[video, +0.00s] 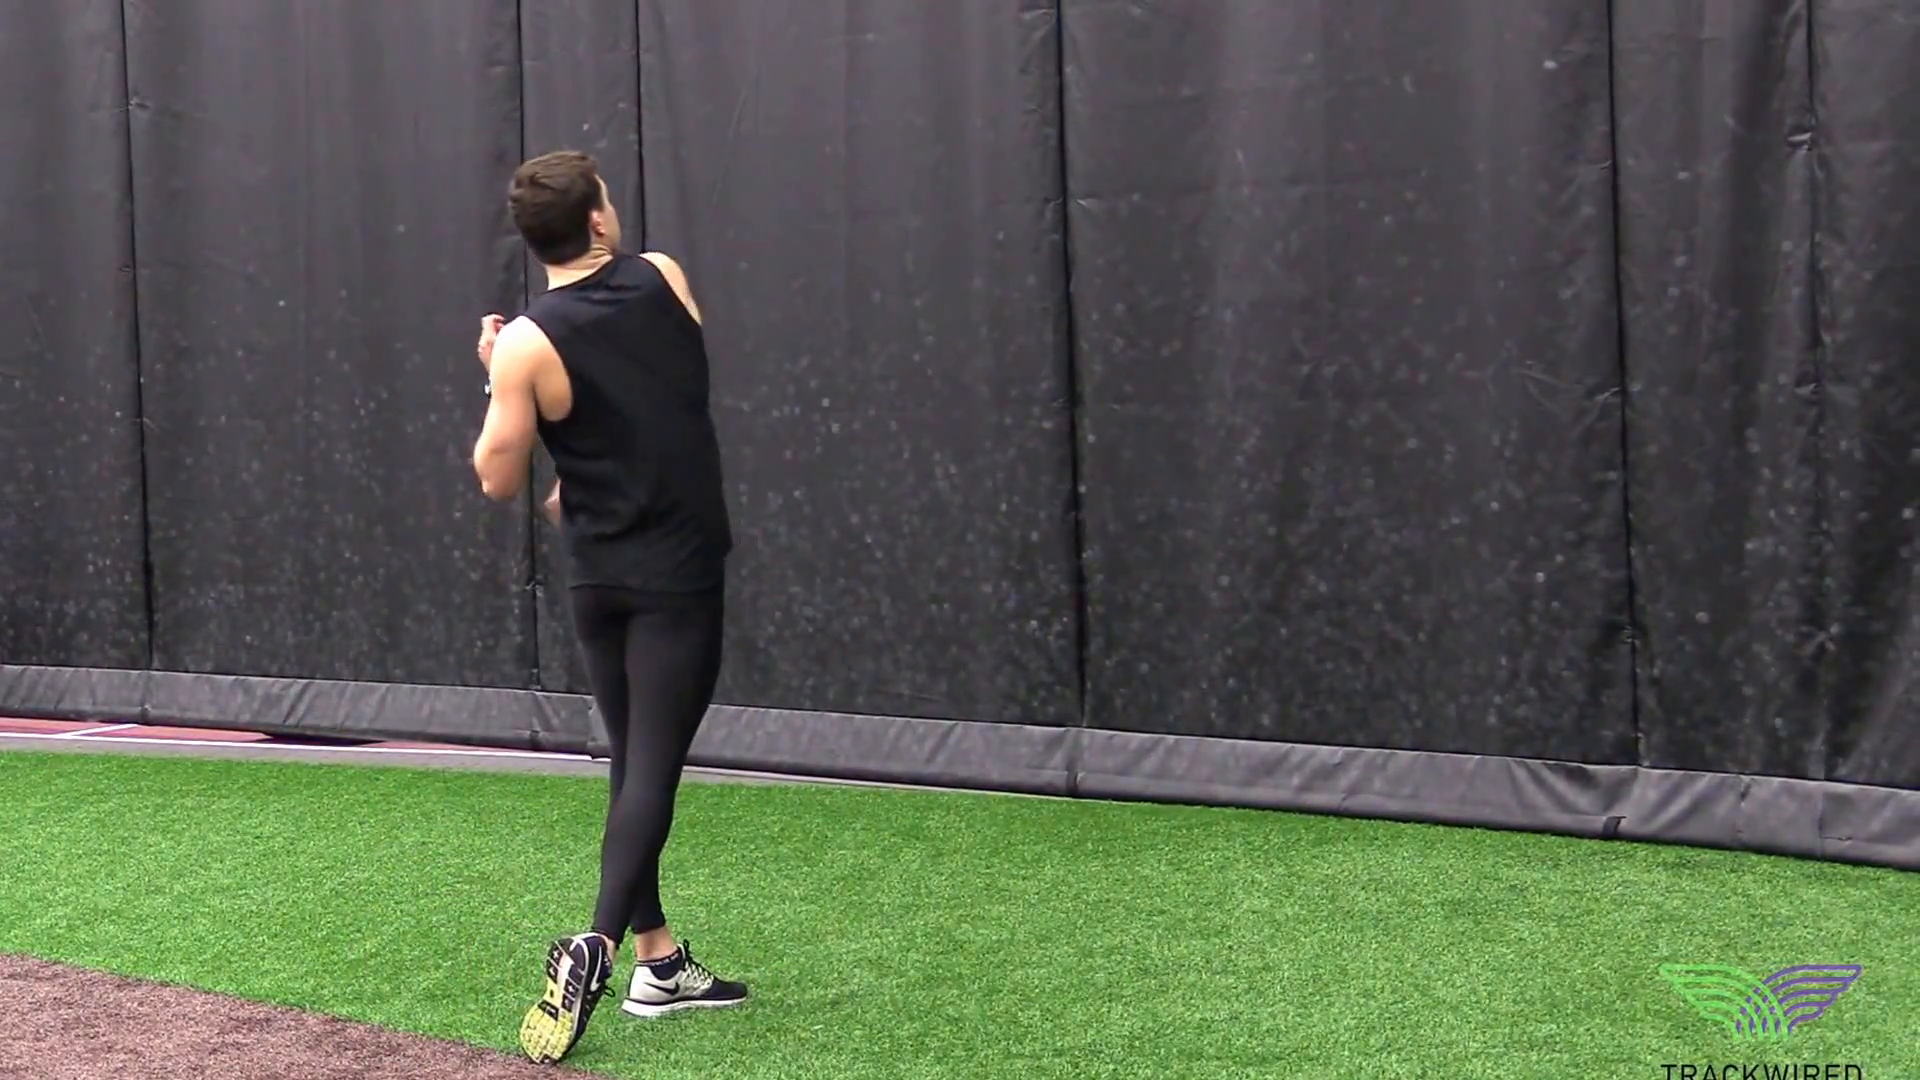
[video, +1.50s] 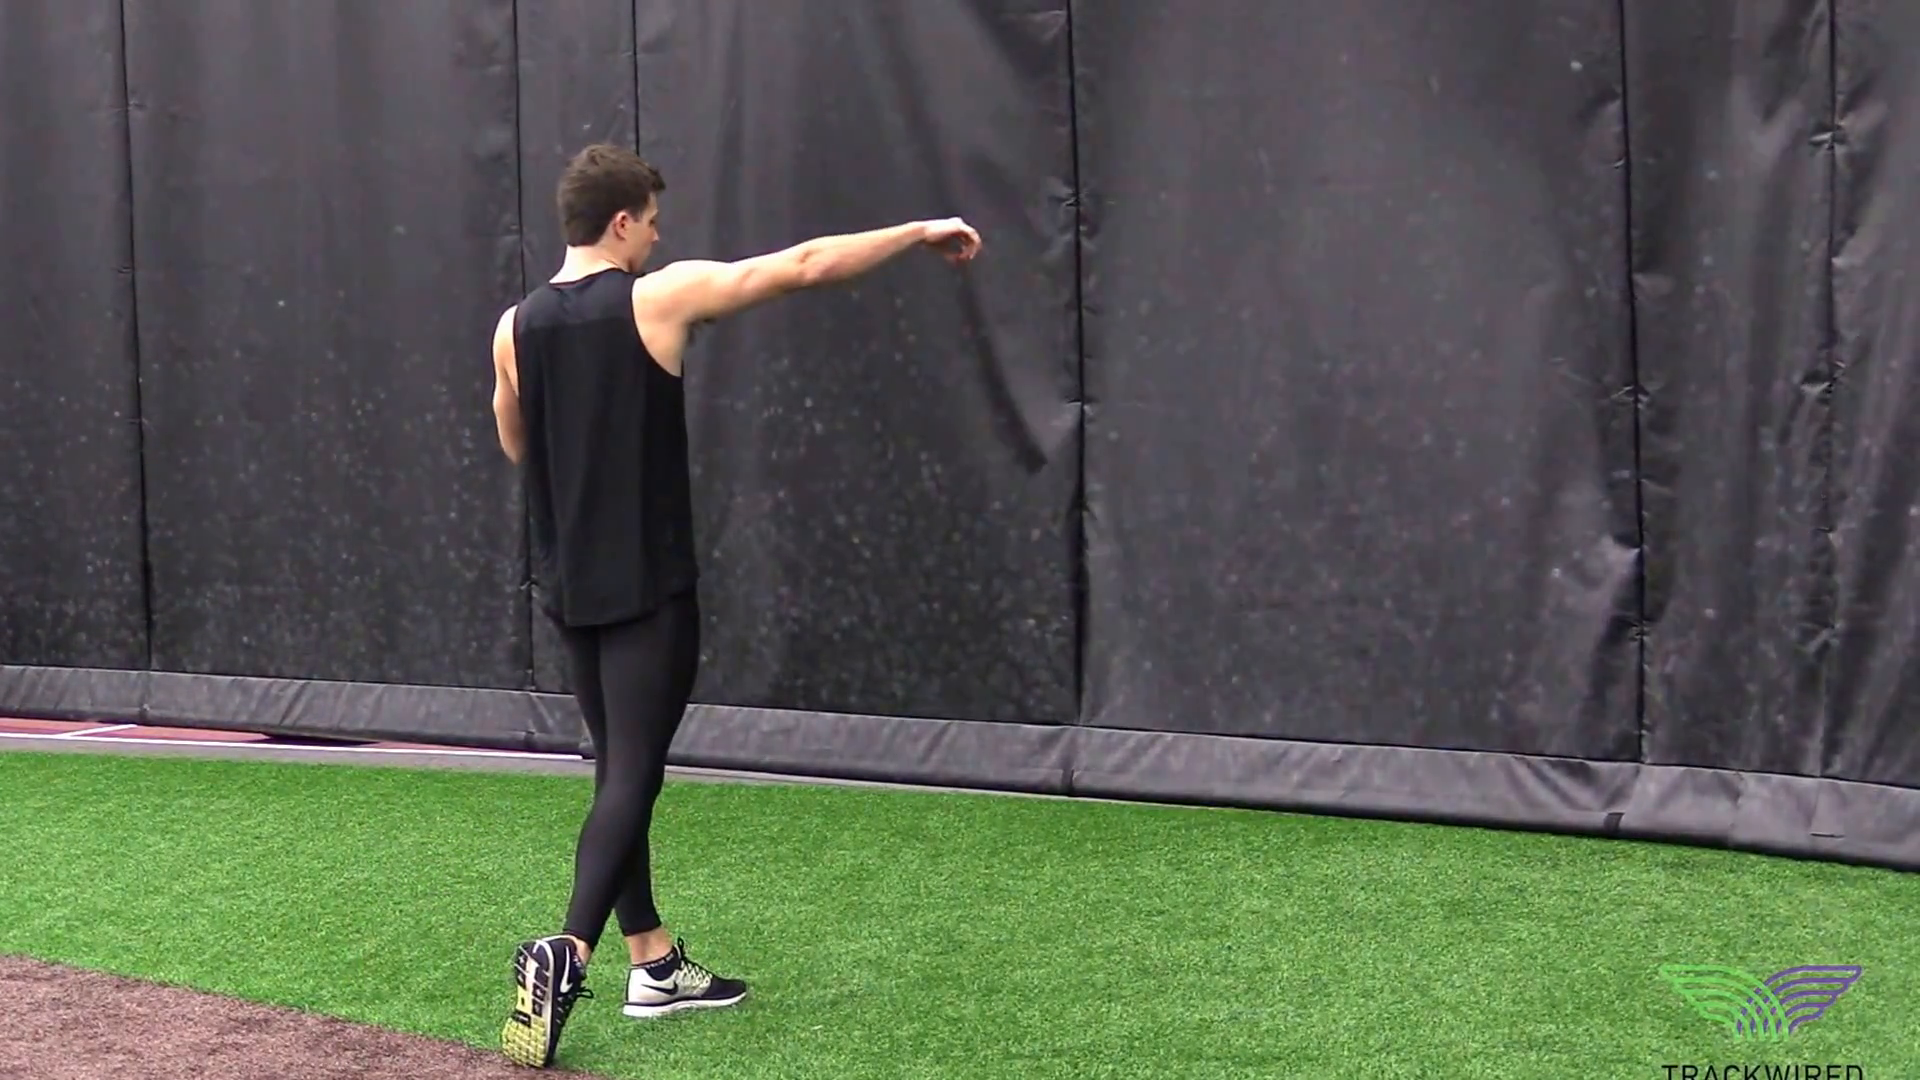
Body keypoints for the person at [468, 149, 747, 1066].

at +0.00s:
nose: (614, 202)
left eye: (602, 195)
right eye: (608, 196)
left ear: (530, 241)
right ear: (598, 221)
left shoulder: (527, 343)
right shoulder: (661, 276)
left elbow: (497, 479)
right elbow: (677, 372)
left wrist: (498, 371)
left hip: (595, 571)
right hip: (682, 565)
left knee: (630, 766)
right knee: (652, 769)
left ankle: (659, 962)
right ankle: (596, 947)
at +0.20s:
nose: (628, 201)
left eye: (616, 193)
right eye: (622, 194)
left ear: (544, 236)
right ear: (610, 217)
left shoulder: (521, 338)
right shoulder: (683, 284)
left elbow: (492, 468)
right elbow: (719, 365)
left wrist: (524, 398)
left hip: (587, 573)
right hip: (673, 569)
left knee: (630, 768)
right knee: (641, 771)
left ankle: (658, 961)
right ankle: (582, 951)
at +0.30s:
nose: (633, 201)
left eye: (623, 191)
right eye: (627, 193)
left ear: (550, 233)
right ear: (616, 218)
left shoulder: (520, 334)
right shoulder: (688, 281)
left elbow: (486, 460)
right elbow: (763, 301)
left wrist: (518, 389)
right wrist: (771, 301)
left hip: (583, 576)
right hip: (669, 574)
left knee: (632, 768)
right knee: (633, 772)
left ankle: (659, 961)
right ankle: (576, 951)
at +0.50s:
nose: (645, 199)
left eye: (634, 188)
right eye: (637, 191)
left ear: (561, 227)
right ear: (621, 214)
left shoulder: (521, 327)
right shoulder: (688, 279)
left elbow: (483, 439)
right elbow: (795, 254)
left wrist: (531, 372)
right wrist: (864, 227)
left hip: (573, 574)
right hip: (656, 572)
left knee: (626, 761)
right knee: (623, 764)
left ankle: (658, 961)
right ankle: (563, 951)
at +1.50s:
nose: (655, 235)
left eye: (653, 220)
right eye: (652, 221)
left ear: (574, 224)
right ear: (624, 222)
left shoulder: (516, 325)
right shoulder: (662, 296)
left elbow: (514, 443)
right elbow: (803, 266)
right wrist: (918, 231)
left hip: (572, 580)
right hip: (651, 576)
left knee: (621, 773)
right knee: (630, 777)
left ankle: (653, 963)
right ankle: (567, 953)